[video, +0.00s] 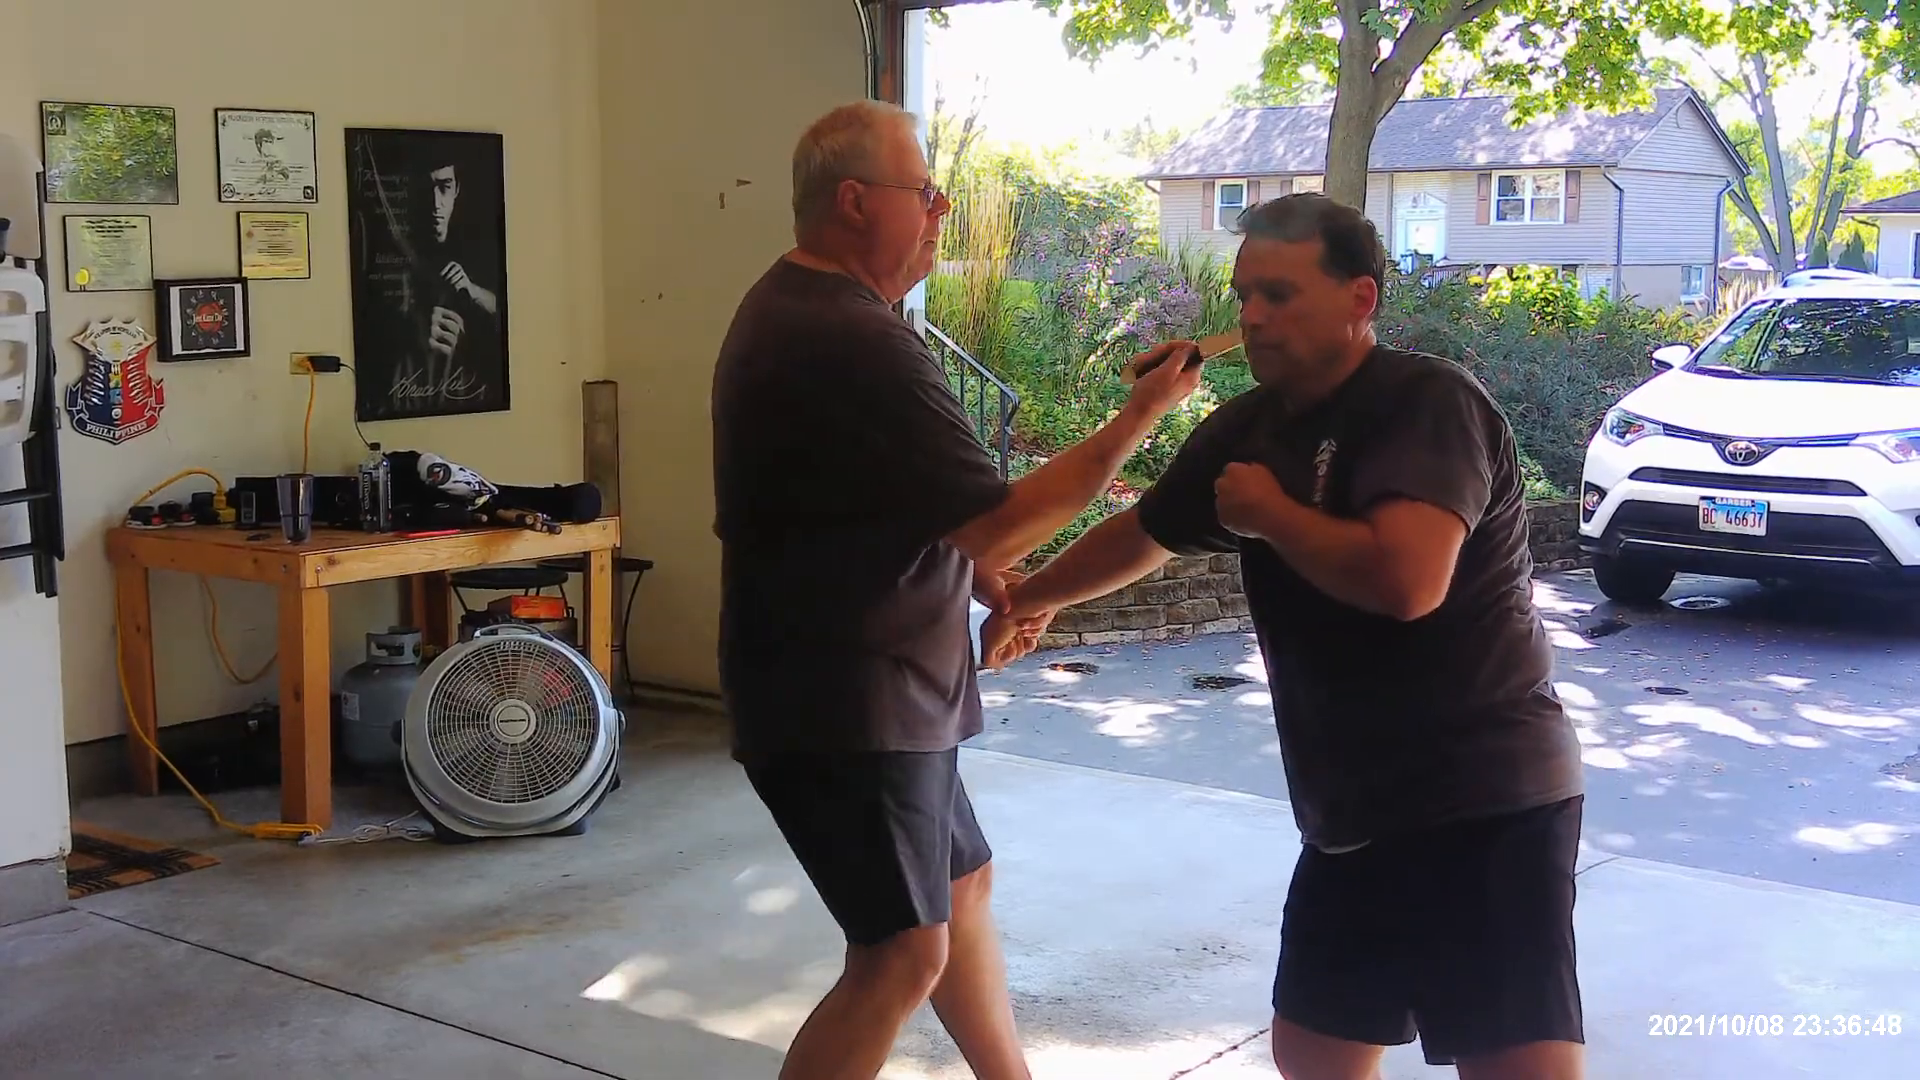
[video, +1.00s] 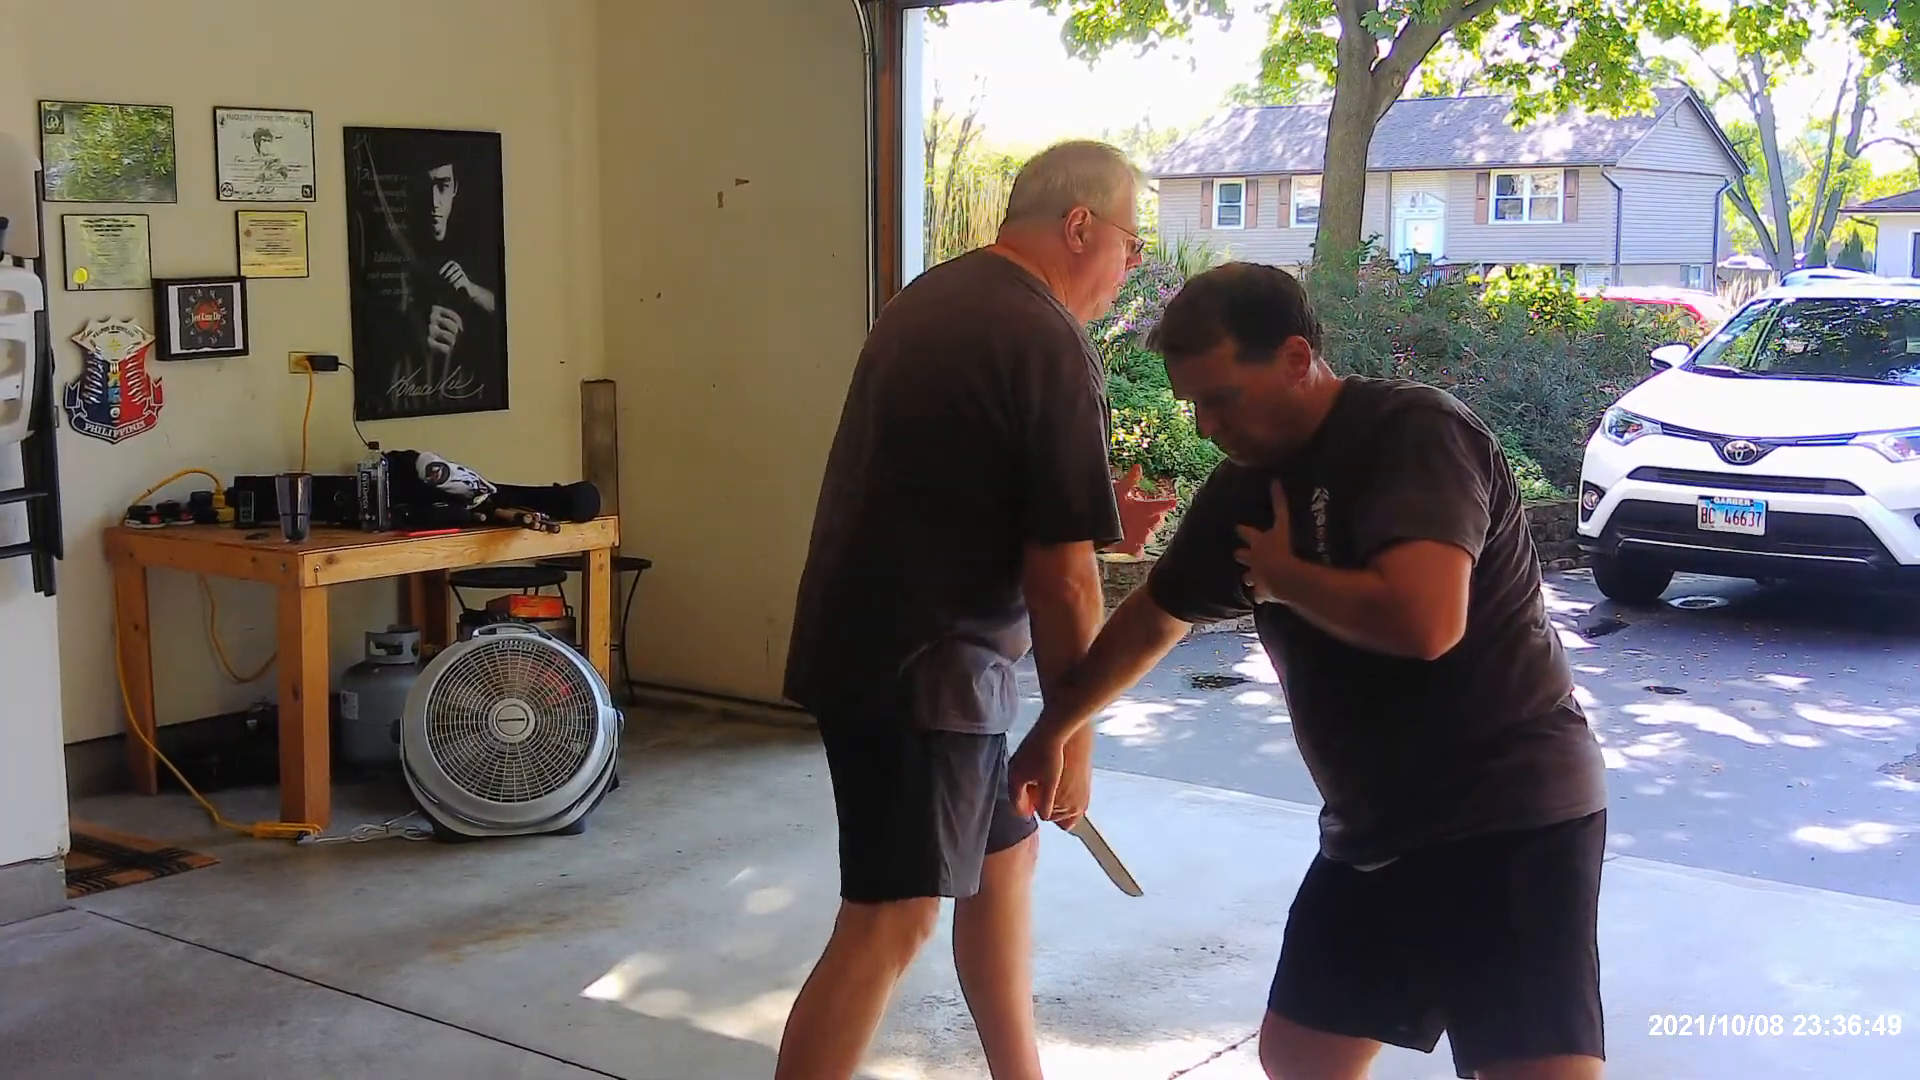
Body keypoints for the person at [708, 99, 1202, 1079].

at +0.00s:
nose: (938, 210)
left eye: (934, 191)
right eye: (922, 191)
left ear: (849, 207)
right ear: (855, 204)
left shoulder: (796, 307)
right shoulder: (856, 339)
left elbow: (864, 506)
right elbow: (986, 527)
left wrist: (976, 566)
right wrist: (1133, 423)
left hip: (878, 684)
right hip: (840, 708)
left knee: (963, 883)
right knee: (904, 952)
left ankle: (1009, 1073)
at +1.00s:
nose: (1127, 273)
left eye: (1132, 251)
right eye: (1128, 247)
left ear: (1046, 221)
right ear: (1079, 226)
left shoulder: (932, 295)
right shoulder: (1043, 339)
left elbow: (941, 496)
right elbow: (1061, 573)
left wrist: (1087, 517)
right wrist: (1073, 732)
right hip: (925, 662)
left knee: (1005, 848)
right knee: (887, 921)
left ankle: (1019, 1069)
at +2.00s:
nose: (875, 182)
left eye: (885, 162)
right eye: (848, 166)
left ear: (899, 174)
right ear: (797, 183)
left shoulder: (903, 291)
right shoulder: (754, 311)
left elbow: (950, 456)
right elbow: (707, 509)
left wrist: (982, 604)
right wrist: (697, 692)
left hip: (916, 640)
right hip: (803, 657)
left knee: (948, 830)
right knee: (811, 845)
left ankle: (960, 1065)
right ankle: (782, 1062)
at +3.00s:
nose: (945, 195)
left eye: (945, 176)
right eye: (934, 174)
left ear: (876, 173)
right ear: (875, 170)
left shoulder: (889, 287)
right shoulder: (784, 284)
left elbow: (919, 463)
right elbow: (750, 475)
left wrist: (955, 598)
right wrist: (806, 636)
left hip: (889, 632)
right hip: (804, 639)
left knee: (876, 827)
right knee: (811, 838)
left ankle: (841, 1052)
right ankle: (780, 1065)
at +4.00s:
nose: (894, 167)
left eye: (889, 148)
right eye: (876, 150)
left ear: (819, 166)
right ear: (809, 166)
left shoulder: (866, 274)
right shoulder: (733, 295)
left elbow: (909, 429)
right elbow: (698, 505)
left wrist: (959, 544)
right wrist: (810, 646)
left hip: (872, 631)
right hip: (773, 647)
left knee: (883, 826)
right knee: (787, 854)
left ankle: (845, 1050)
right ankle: (750, 1072)